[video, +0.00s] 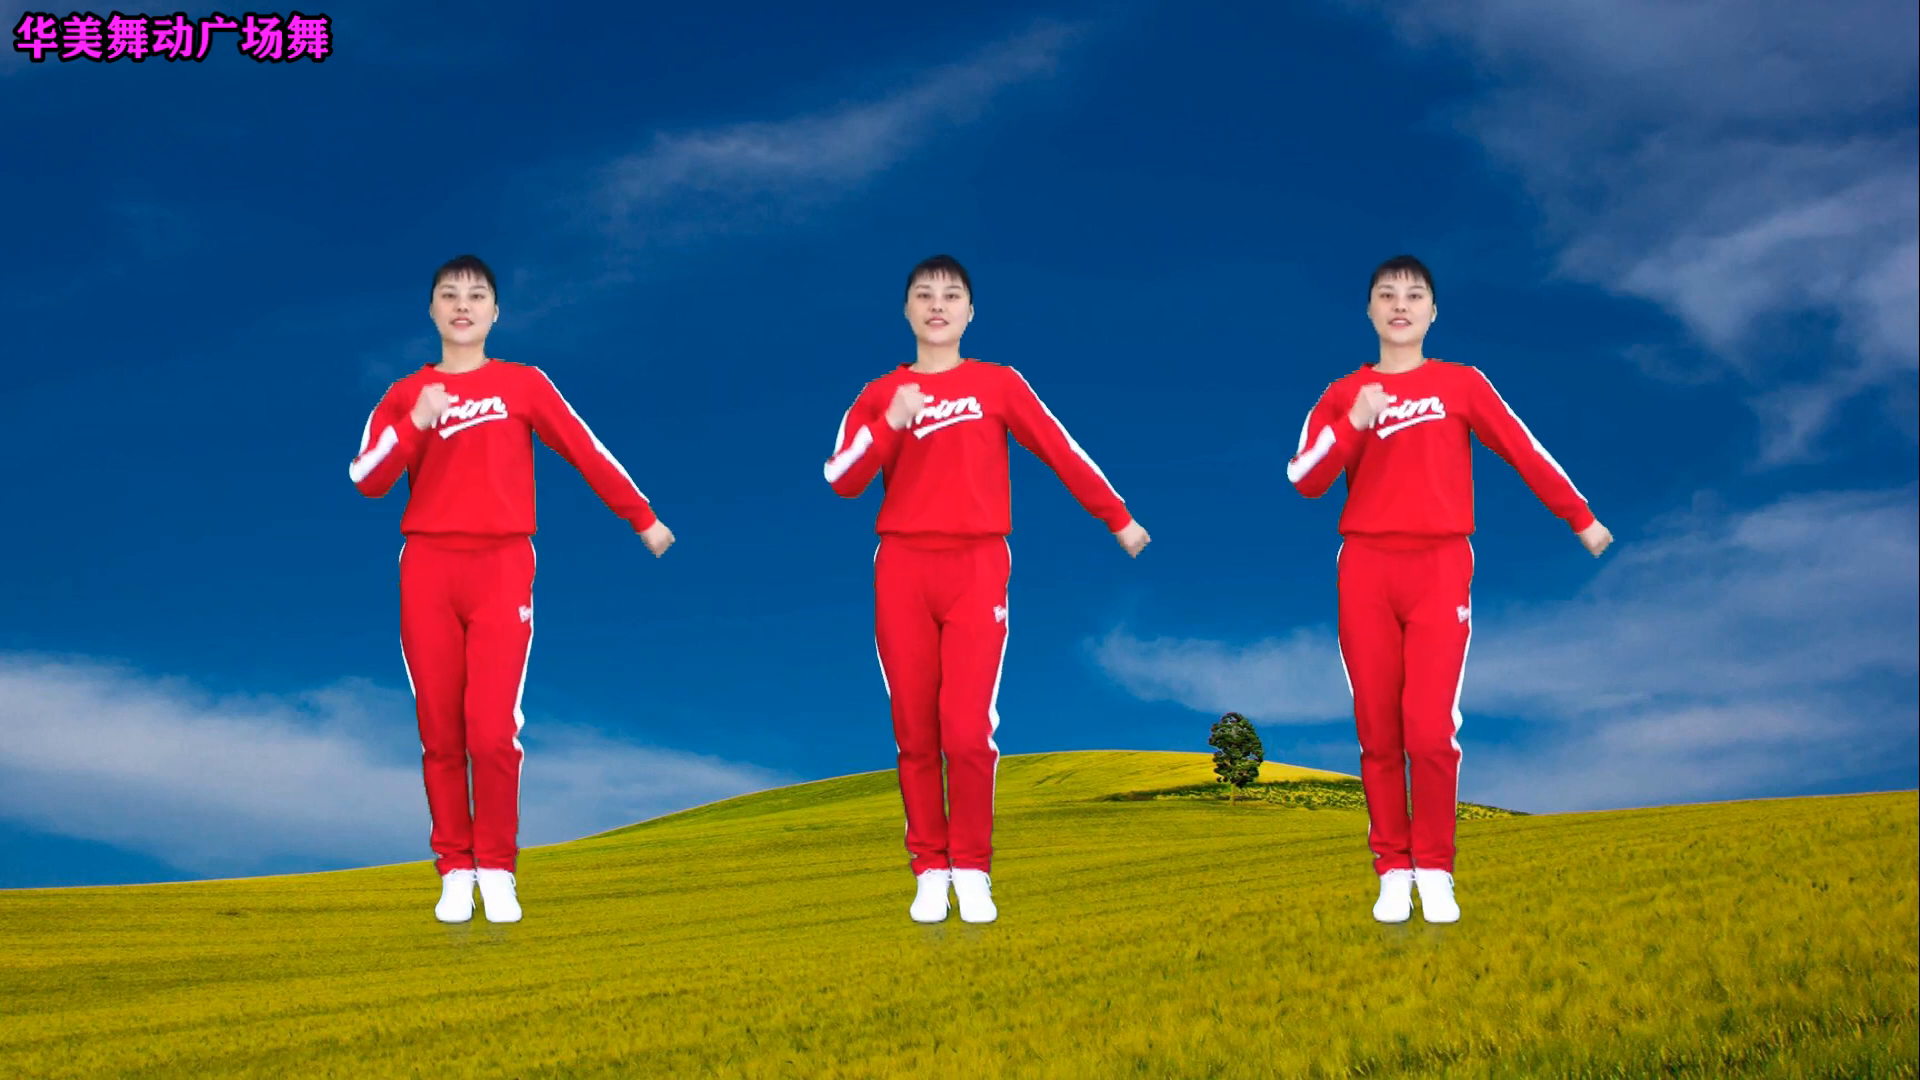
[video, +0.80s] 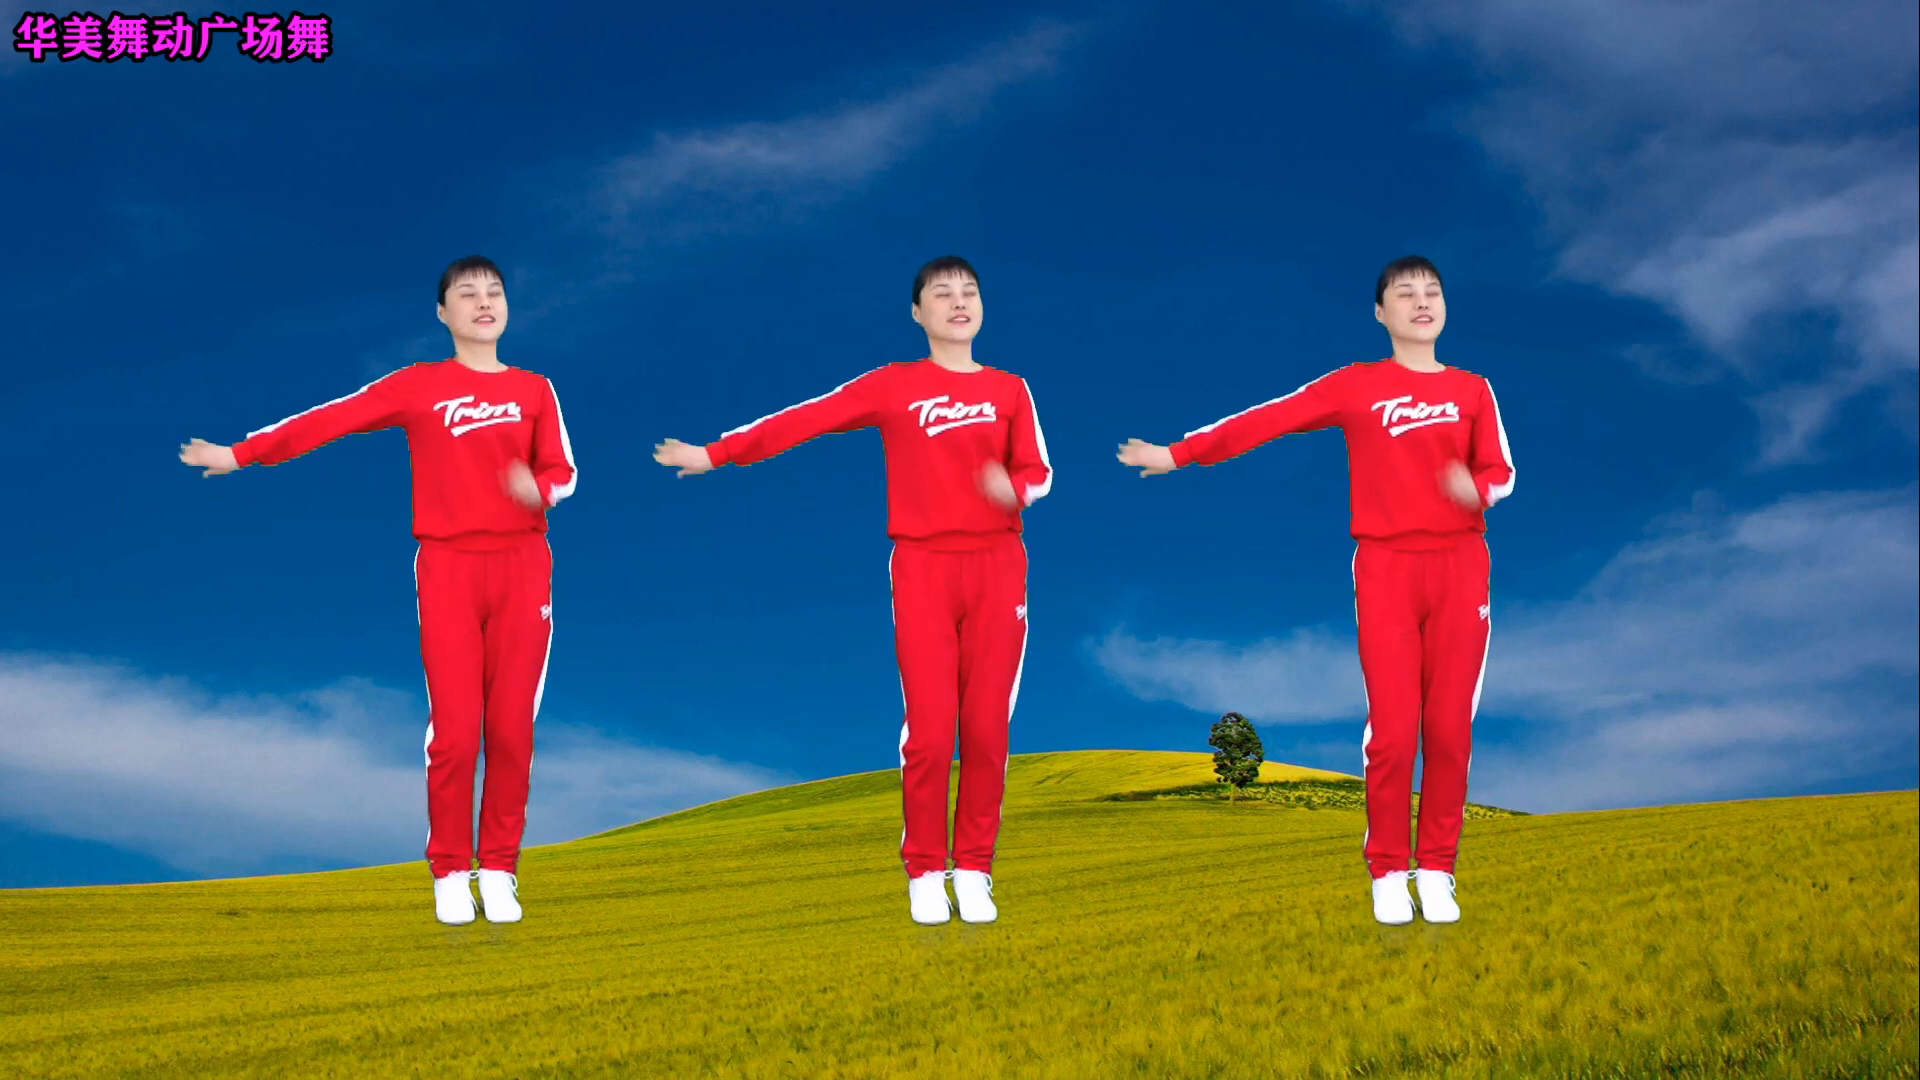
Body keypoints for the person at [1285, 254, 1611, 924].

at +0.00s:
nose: (1401, 305)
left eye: (1414, 296)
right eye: (1388, 296)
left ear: (1432, 311)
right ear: (1370, 310)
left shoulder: (1462, 383)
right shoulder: (1342, 394)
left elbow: (1525, 452)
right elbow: (1306, 481)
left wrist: (1582, 518)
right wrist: (1352, 425)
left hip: (1441, 566)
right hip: (1365, 568)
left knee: (1430, 730)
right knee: (1378, 732)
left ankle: (1434, 870)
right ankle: (1392, 869)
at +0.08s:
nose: (1403, 307)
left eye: (1415, 298)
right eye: (1390, 298)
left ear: (1433, 314)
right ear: (1372, 314)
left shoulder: (1465, 388)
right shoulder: (1346, 398)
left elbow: (1525, 463)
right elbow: (1319, 489)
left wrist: (1581, 532)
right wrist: (1369, 462)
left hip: (1444, 570)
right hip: (1368, 571)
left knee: (1435, 731)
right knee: (1379, 731)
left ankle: (1432, 869)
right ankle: (1392, 868)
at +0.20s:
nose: (1406, 306)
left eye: (1417, 296)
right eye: (1393, 297)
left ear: (1436, 308)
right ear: (1376, 311)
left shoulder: (1469, 385)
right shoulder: (1353, 394)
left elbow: (1503, 476)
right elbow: (1345, 479)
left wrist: (1529, 564)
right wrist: (1375, 541)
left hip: (1456, 566)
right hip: (1379, 569)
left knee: (1447, 725)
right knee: (1388, 723)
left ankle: (1436, 868)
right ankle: (1394, 856)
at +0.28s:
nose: (1409, 317)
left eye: (1421, 307)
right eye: (1396, 309)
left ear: (1439, 320)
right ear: (1379, 323)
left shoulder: (1470, 397)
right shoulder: (1354, 408)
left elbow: (1482, 489)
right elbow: (1346, 502)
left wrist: (1476, 577)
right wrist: (1346, 588)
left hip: (1459, 578)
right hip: (1385, 579)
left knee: (1452, 730)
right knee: (1398, 715)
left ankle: (1435, 868)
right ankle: (1398, 812)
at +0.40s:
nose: (1412, 319)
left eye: (1424, 308)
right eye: (1399, 310)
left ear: (1442, 319)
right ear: (1383, 324)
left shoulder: (1473, 399)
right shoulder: (1358, 409)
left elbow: (1490, 478)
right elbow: (1322, 499)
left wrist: (1425, 494)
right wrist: (1295, 584)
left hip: (1464, 577)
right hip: (1388, 578)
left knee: (1459, 725)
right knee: (1414, 694)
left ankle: (1435, 869)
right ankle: (1403, 793)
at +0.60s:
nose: (1416, 295)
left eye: (1427, 284)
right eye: (1401, 287)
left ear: (1446, 298)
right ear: (1385, 305)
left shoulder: (1477, 376)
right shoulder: (1362, 380)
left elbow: (1508, 463)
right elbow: (1294, 442)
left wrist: (1453, 412)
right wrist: (1229, 504)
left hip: (1462, 557)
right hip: (1386, 558)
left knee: (1452, 714)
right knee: (1404, 713)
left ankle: (1438, 861)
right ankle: (1394, 849)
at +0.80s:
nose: (1422, 302)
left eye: (1431, 292)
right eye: (1406, 294)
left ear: (1445, 308)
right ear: (1383, 312)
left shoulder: (1474, 389)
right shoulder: (1355, 383)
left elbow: (1502, 473)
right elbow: (1268, 419)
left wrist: (1478, 489)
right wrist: (1175, 454)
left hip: (1461, 564)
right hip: (1386, 565)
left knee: (1450, 725)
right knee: (1394, 726)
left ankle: (1436, 868)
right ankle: (1388, 870)